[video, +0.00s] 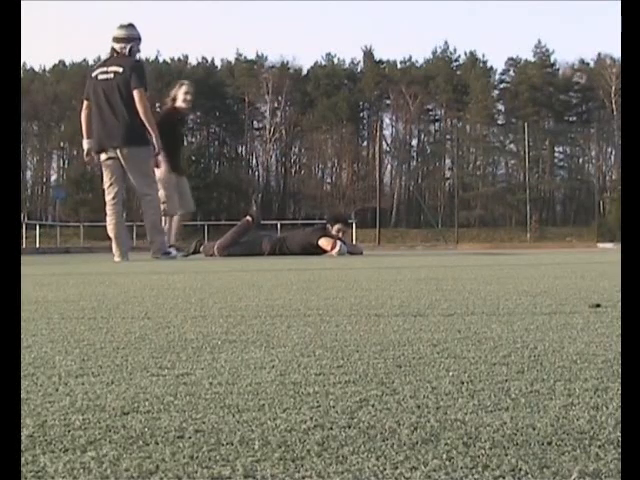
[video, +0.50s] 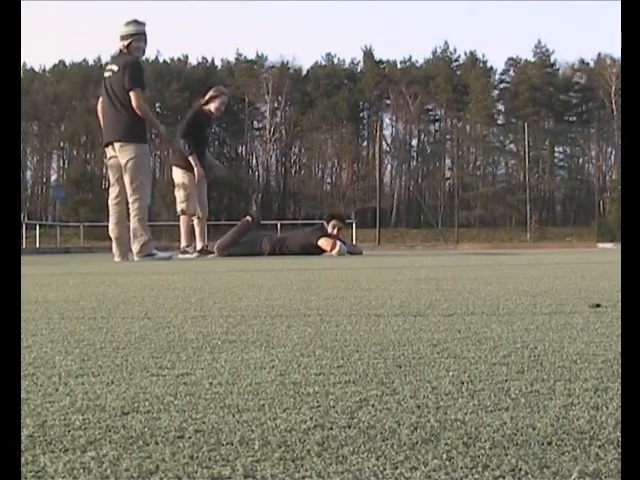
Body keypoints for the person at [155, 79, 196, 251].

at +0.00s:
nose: (188, 97)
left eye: (190, 94)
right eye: (185, 93)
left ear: (192, 97)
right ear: (175, 95)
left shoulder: (181, 118)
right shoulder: (167, 116)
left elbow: (175, 144)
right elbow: (161, 141)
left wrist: (179, 165)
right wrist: (165, 162)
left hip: (177, 167)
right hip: (164, 166)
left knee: (183, 209)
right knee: (168, 209)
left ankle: (172, 243)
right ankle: (164, 245)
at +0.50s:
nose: (221, 108)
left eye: (224, 105)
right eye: (220, 103)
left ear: (222, 105)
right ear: (210, 100)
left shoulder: (207, 119)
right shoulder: (196, 114)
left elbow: (200, 148)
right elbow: (183, 141)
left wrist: (214, 164)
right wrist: (196, 165)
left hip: (198, 167)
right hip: (183, 165)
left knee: (201, 211)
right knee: (186, 208)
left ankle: (201, 245)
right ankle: (184, 246)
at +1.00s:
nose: (228, 112)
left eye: (231, 109)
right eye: (228, 107)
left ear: (225, 106)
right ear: (219, 102)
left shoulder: (211, 119)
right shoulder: (201, 113)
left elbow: (202, 149)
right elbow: (188, 139)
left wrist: (210, 166)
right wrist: (198, 165)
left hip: (198, 167)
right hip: (185, 165)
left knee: (199, 208)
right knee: (184, 206)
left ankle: (200, 245)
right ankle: (184, 245)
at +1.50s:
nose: (236, 124)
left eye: (239, 121)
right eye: (237, 119)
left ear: (233, 116)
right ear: (230, 113)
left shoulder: (220, 127)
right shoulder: (213, 124)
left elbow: (210, 157)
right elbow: (211, 156)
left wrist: (210, 175)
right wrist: (231, 180)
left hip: (200, 170)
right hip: (187, 167)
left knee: (208, 208)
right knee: (187, 208)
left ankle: (206, 245)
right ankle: (184, 246)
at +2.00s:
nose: (259, 148)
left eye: (262, 146)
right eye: (258, 143)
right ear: (250, 137)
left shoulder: (242, 149)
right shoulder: (237, 146)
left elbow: (246, 178)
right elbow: (242, 181)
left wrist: (257, 203)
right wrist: (257, 205)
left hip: (207, 166)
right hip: (198, 164)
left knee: (215, 208)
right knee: (208, 204)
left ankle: (208, 246)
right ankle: (192, 238)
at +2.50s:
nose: (274, 173)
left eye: (277, 172)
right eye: (277, 170)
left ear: (270, 158)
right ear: (273, 161)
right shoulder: (253, 161)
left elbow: (256, 193)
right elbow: (257, 193)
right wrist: (269, 222)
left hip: (204, 164)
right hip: (214, 166)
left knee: (215, 210)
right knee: (226, 205)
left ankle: (208, 245)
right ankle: (218, 246)